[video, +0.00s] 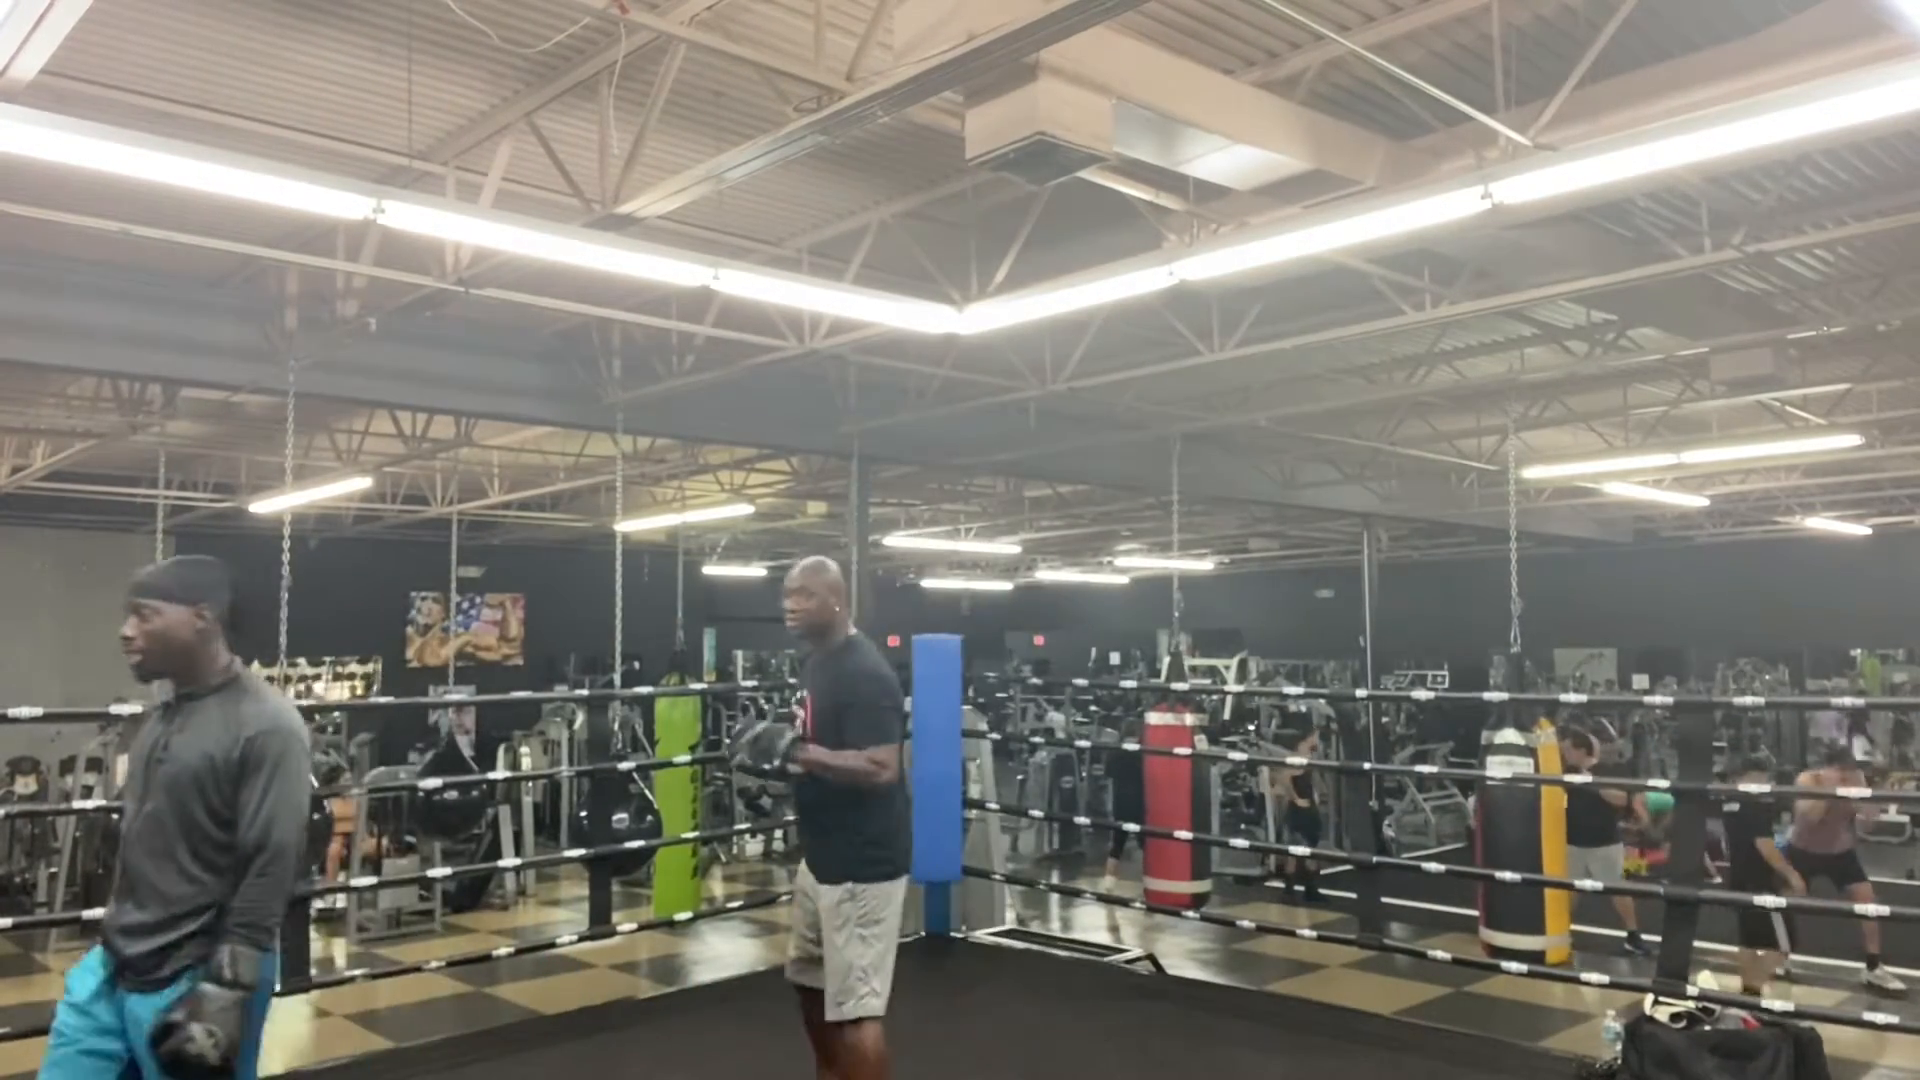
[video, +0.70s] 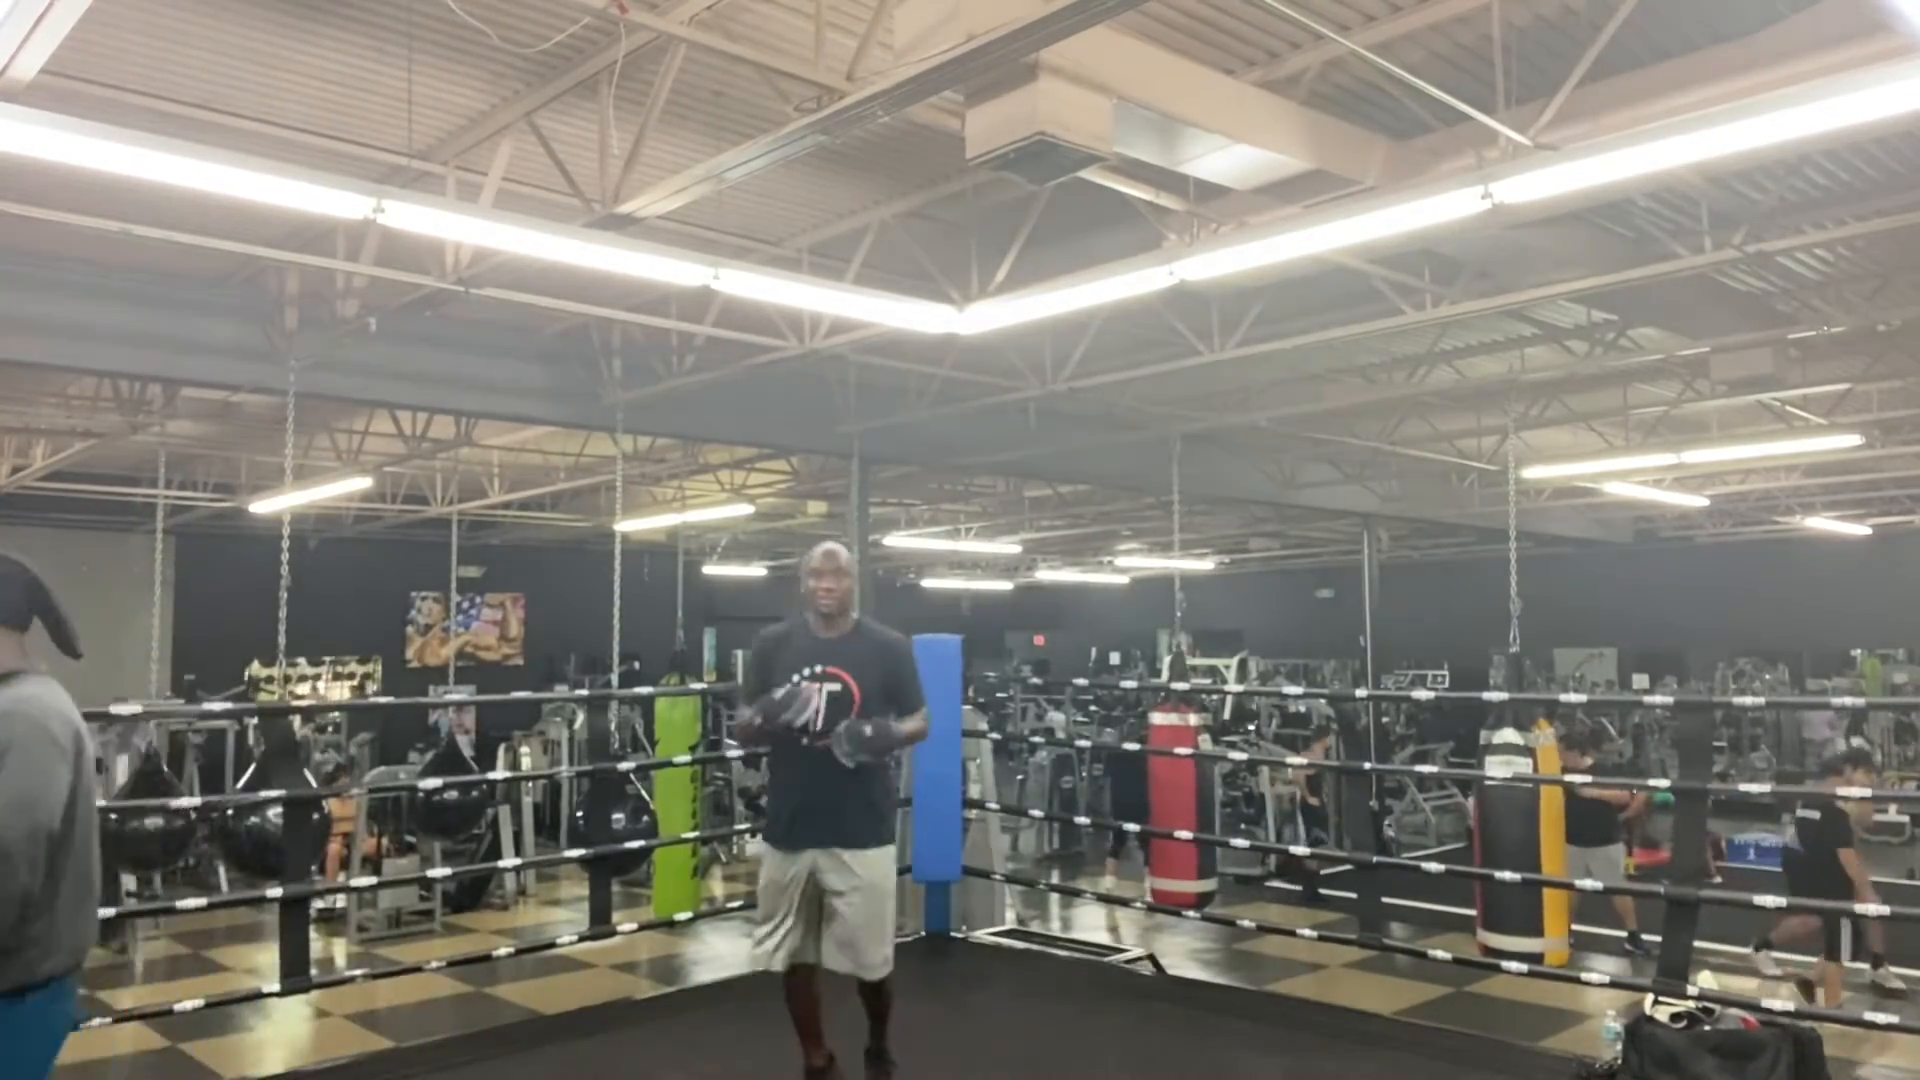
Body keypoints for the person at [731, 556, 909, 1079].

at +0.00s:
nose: (789, 605)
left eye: (801, 595)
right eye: (788, 596)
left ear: (833, 600)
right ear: (797, 603)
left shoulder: (867, 670)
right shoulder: (817, 665)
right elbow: (826, 747)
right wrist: (781, 746)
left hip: (866, 870)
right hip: (821, 860)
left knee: (856, 1014)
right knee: (810, 985)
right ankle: (832, 1070)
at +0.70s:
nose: (827, 585)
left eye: (837, 575)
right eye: (817, 576)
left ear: (854, 583)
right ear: (802, 583)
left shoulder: (888, 648)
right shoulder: (773, 646)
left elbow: (919, 721)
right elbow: (743, 727)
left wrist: (881, 734)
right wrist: (770, 721)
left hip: (862, 833)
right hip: (788, 831)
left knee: (872, 962)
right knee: (794, 958)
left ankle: (878, 1049)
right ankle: (816, 1061)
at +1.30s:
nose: (926, 596)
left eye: (933, 585)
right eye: (914, 585)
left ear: (945, 591)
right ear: (889, 591)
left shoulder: (972, 668)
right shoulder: (845, 659)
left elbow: (1002, 741)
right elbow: (807, 738)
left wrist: (976, 761)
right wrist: (849, 752)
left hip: (935, 866)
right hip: (848, 861)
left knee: (940, 1001)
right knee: (819, 991)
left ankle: (937, 1078)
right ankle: (820, 1059)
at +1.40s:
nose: (932, 590)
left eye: (938, 579)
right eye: (919, 579)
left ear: (949, 584)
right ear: (892, 585)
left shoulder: (978, 661)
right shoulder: (850, 654)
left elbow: (1015, 742)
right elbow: (808, 735)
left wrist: (985, 749)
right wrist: (848, 738)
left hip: (939, 866)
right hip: (853, 860)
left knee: (941, 1005)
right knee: (835, 997)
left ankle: (938, 1079)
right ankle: (838, 1076)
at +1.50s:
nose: (936, 586)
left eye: (941, 575)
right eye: (922, 575)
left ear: (950, 582)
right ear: (893, 582)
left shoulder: (979, 656)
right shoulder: (849, 652)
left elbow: (1011, 747)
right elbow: (809, 737)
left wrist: (986, 740)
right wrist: (851, 741)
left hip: (944, 864)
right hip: (859, 862)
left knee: (943, 1006)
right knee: (862, 1007)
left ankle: (939, 1079)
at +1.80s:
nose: (927, 595)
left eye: (931, 583)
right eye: (912, 585)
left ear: (938, 588)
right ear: (878, 593)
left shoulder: (970, 661)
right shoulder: (838, 665)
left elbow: (997, 746)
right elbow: (803, 761)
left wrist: (987, 764)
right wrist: (854, 766)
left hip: (955, 881)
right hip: (864, 885)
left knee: (976, 1028)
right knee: (865, 1038)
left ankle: (961, 1074)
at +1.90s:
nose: (933, 588)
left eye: (938, 577)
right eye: (919, 578)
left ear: (945, 580)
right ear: (884, 584)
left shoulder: (975, 653)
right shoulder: (838, 657)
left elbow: (1005, 734)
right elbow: (807, 760)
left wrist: (996, 757)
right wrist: (864, 744)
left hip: (959, 876)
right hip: (869, 881)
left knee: (975, 1029)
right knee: (868, 1035)